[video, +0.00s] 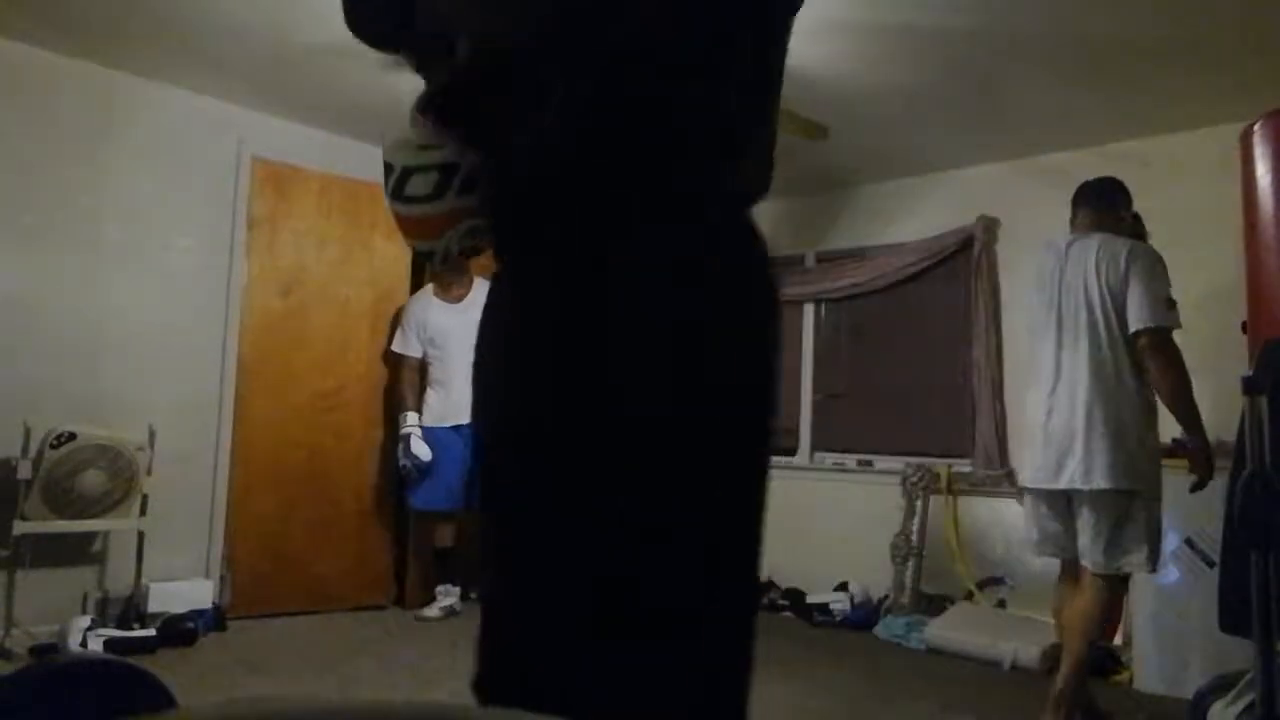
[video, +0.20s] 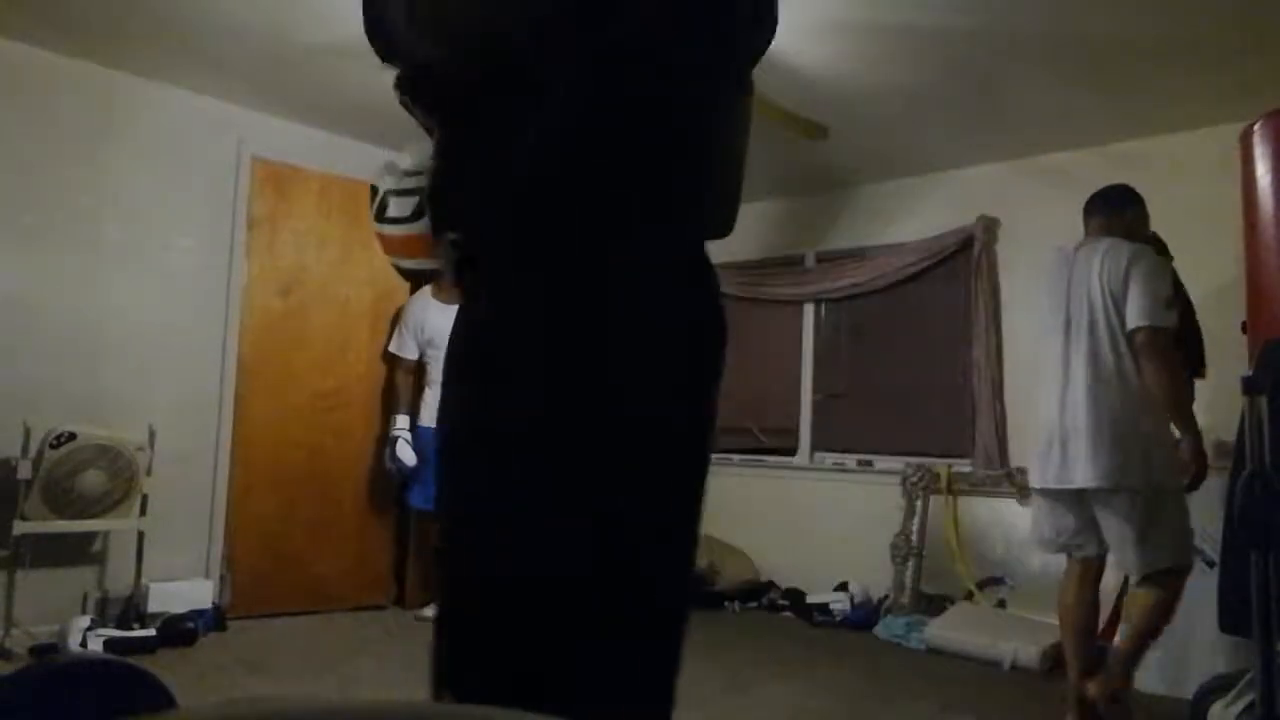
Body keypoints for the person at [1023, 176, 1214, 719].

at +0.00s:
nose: (1135, 230)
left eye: (1133, 223)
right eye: (1134, 221)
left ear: (1075, 217)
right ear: (1124, 214)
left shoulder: (1044, 264)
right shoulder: (1132, 255)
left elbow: (1053, 349)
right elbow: (1152, 346)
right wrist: (1193, 432)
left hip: (1046, 446)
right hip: (1110, 447)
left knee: (1071, 570)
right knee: (1104, 575)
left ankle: (1075, 695)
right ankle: (1061, 701)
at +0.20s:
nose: (1146, 232)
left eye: (1143, 225)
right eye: (1144, 224)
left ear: (1088, 224)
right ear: (1135, 221)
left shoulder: (1059, 268)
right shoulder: (1139, 259)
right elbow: (1152, 346)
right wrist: (1189, 433)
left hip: (1061, 449)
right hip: (1126, 450)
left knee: (1082, 561)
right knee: (1164, 565)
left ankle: (1079, 695)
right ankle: (1112, 677)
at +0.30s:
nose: (1157, 232)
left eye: (1155, 225)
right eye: (1154, 224)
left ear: (1099, 223)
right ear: (1143, 220)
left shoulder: (1065, 267)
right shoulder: (1149, 259)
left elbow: (1076, 354)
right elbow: (1161, 348)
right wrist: (1197, 434)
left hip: (1071, 451)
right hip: (1142, 452)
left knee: (1084, 563)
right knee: (1179, 568)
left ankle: (1078, 700)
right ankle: (1164, 697)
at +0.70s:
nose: (1206, 239)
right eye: (1207, 230)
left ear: (1153, 226)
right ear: (1206, 226)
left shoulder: (1118, 268)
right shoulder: (1231, 268)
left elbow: (1095, 345)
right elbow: (1248, 348)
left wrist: (1152, 331)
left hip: (1128, 448)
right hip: (1207, 451)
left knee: (1115, 568)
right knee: (1213, 581)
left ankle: (1083, 701)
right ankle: (1229, 698)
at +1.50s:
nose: (1132, 235)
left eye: (1131, 227)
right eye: (1136, 229)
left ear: (1137, 226)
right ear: (1188, 222)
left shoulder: (1122, 270)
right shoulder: (1230, 267)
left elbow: (1095, 352)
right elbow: (1247, 347)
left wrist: (1147, 368)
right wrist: (1201, 366)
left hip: (1139, 448)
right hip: (1217, 450)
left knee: (1132, 576)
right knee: (1216, 579)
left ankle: (1127, 703)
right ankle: (1231, 697)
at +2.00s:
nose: (1073, 236)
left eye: (1076, 226)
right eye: (1074, 226)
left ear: (1094, 225)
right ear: (1134, 224)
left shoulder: (1081, 275)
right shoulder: (1188, 272)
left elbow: (1047, 359)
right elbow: (1223, 353)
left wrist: (1072, 403)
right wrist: (1167, 387)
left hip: (1106, 452)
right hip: (1174, 452)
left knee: (1114, 573)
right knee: (1172, 569)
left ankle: (1124, 701)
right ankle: (1205, 678)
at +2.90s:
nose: (1072, 228)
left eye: (1083, 219)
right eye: (1078, 218)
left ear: (1111, 227)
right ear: (1124, 232)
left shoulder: (1111, 270)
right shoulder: (1147, 276)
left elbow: (1116, 347)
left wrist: (1080, 415)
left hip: (1125, 445)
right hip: (1160, 446)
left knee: (1068, 546)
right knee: (1139, 559)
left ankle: (1091, 688)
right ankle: (1163, 689)